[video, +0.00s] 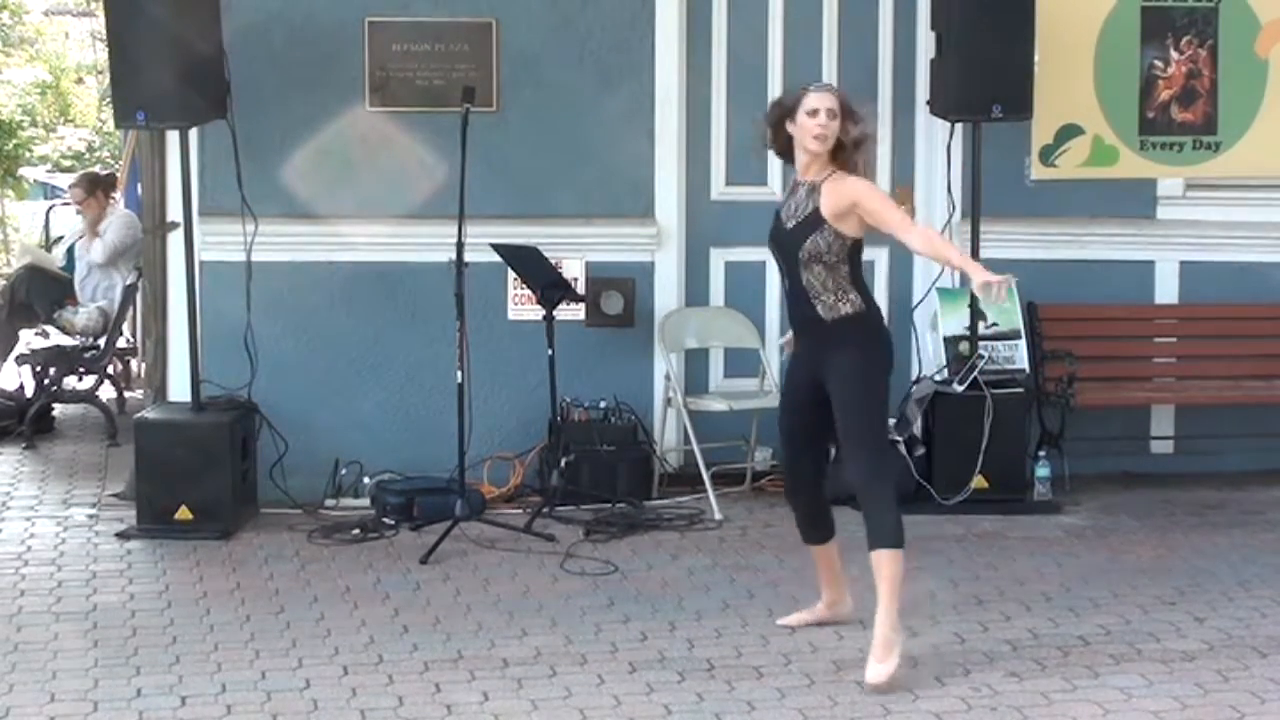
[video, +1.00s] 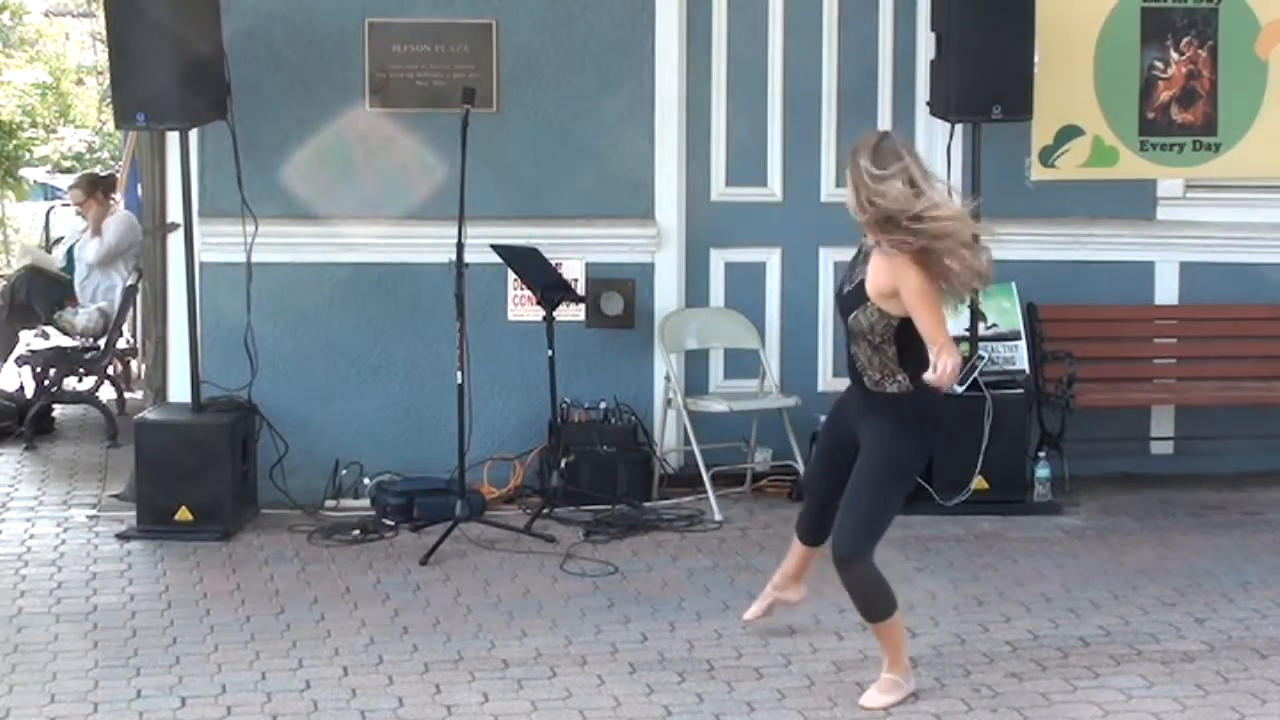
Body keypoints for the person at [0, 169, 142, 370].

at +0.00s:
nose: (78, 210)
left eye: (81, 203)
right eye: (75, 205)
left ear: (100, 196)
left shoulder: (125, 221)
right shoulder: (84, 229)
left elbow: (102, 257)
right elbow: (58, 259)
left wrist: (90, 230)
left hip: (105, 312)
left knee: (30, 276)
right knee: (12, 315)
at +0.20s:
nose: (78, 211)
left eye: (80, 204)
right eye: (75, 206)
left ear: (99, 196)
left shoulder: (126, 220)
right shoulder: (84, 234)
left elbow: (97, 252)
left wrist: (93, 227)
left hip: (101, 316)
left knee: (29, 276)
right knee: (12, 315)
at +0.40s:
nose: (77, 211)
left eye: (79, 204)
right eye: (75, 206)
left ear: (99, 196)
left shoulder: (125, 220)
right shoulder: (82, 233)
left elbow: (98, 248)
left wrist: (91, 225)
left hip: (101, 315)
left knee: (30, 276)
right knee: (11, 317)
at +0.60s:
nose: (77, 212)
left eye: (79, 205)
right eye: (75, 206)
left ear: (98, 196)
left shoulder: (125, 221)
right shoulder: (84, 232)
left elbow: (97, 248)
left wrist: (93, 225)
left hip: (100, 315)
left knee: (29, 276)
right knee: (11, 315)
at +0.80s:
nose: (77, 212)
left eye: (79, 205)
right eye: (75, 207)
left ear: (97, 197)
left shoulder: (125, 221)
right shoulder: (84, 229)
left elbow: (96, 253)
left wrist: (95, 224)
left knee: (28, 278)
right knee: (12, 317)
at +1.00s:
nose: (78, 211)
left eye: (80, 205)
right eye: (75, 206)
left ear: (98, 197)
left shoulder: (124, 221)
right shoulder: (85, 229)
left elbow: (96, 257)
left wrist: (95, 223)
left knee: (29, 278)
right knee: (12, 316)